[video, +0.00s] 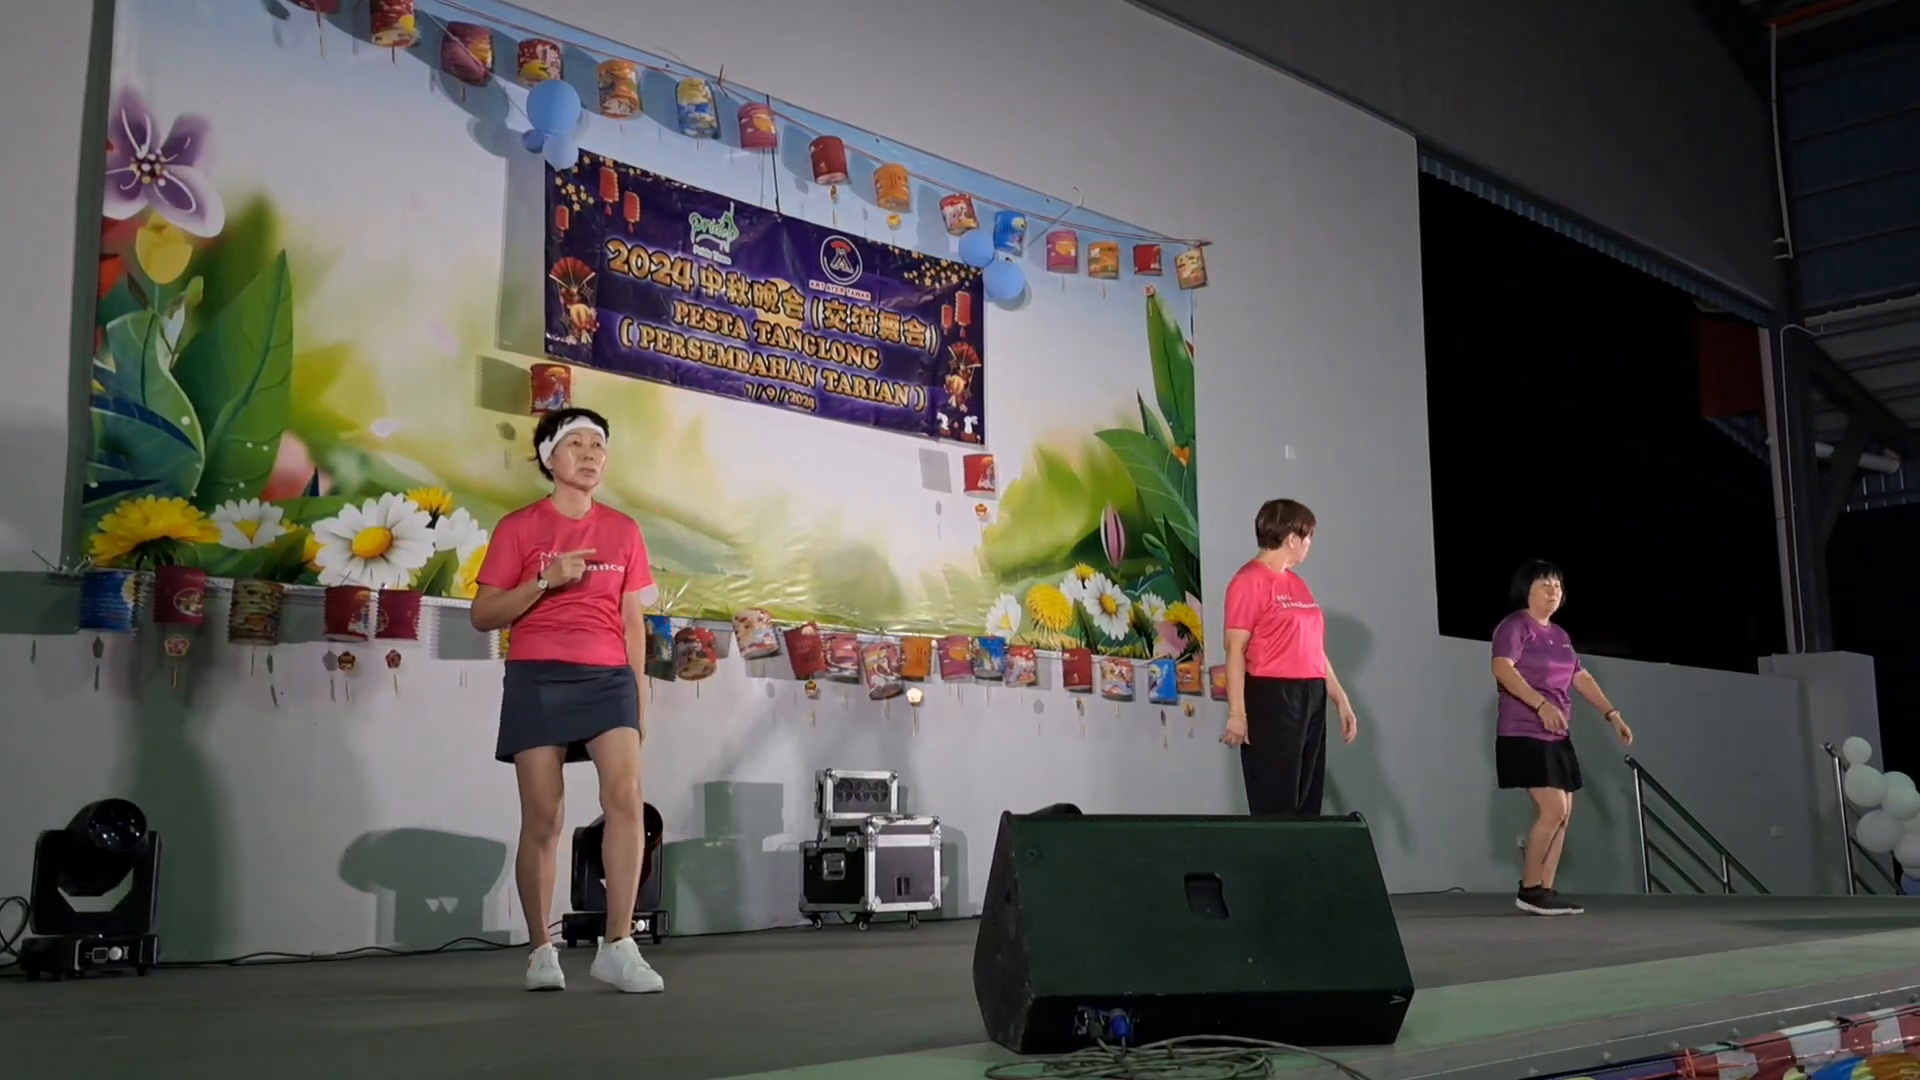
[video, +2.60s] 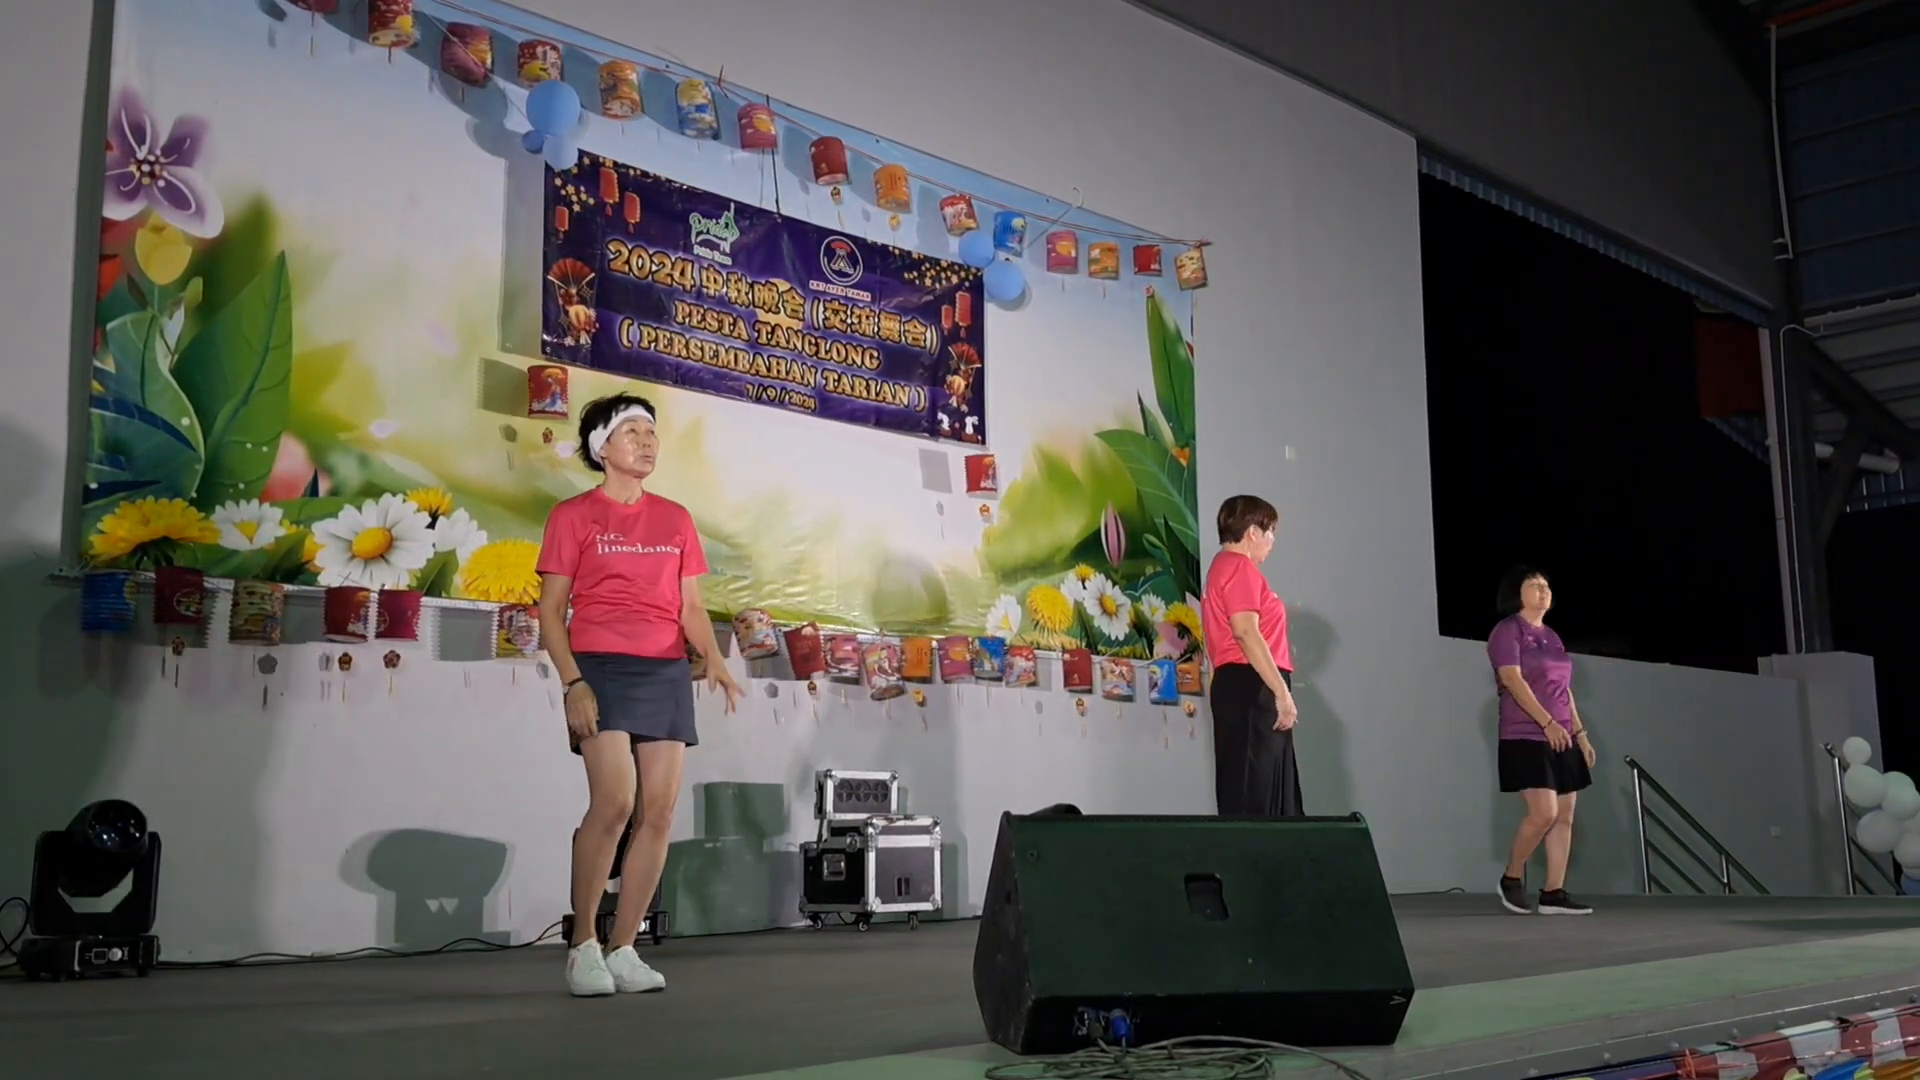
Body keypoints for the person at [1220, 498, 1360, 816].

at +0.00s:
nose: (1310, 545)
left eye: (1311, 537)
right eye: (1308, 536)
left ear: (1287, 539)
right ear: (1291, 538)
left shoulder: (1296, 582)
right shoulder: (1249, 581)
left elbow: (1314, 649)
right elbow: (1234, 650)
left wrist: (1341, 698)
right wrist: (1236, 714)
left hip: (1311, 700)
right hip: (1272, 699)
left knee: (1306, 806)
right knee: (1277, 807)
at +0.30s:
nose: (1310, 545)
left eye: (1311, 537)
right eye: (1308, 536)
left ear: (1286, 537)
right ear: (1292, 536)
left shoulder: (1287, 580)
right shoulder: (1257, 576)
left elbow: (1302, 653)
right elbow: (1253, 644)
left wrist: (1326, 707)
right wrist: (1277, 705)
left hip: (1307, 695)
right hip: (1279, 695)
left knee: (1304, 805)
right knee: (1280, 807)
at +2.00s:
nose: (1289, 538)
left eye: (1290, 529)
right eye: (1287, 529)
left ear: (1252, 528)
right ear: (1272, 529)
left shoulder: (1260, 572)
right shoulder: (1250, 568)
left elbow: (1271, 647)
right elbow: (1250, 635)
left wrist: (1298, 705)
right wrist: (1274, 697)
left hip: (1275, 688)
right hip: (1258, 688)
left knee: (1282, 797)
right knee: (1260, 798)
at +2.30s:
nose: (1280, 544)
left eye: (1282, 536)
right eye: (1280, 536)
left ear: (1242, 529)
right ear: (1267, 533)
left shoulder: (1231, 567)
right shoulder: (1247, 566)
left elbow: (1244, 635)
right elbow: (1253, 633)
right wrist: (1284, 695)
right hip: (1255, 681)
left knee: (1277, 791)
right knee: (1254, 791)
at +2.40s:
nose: (1277, 541)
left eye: (1277, 533)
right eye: (1276, 532)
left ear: (1235, 529)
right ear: (1263, 532)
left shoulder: (1223, 571)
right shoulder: (1247, 566)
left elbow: (1219, 657)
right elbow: (1254, 632)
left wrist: (1213, 717)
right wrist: (1284, 695)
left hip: (1236, 680)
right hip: (1257, 681)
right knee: (1258, 790)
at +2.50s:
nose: (1274, 543)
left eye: (1275, 534)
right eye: (1272, 533)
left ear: (1234, 530)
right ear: (1255, 532)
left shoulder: (1221, 572)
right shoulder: (1243, 566)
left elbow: (1215, 656)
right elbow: (1251, 632)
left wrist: (1212, 715)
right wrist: (1284, 693)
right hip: (1254, 680)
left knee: (1278, 793)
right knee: (1253, 792)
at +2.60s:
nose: (1272, 542)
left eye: (1273, 533)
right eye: (1270, 532)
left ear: (1242, 532)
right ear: (1251, 532)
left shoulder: (1226, 566)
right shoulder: (1237, 565)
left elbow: (1241, 636)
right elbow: (1245, 632)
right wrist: (1282, 692)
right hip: (1248, 680)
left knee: (1275, 788)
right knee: (1252, 790)